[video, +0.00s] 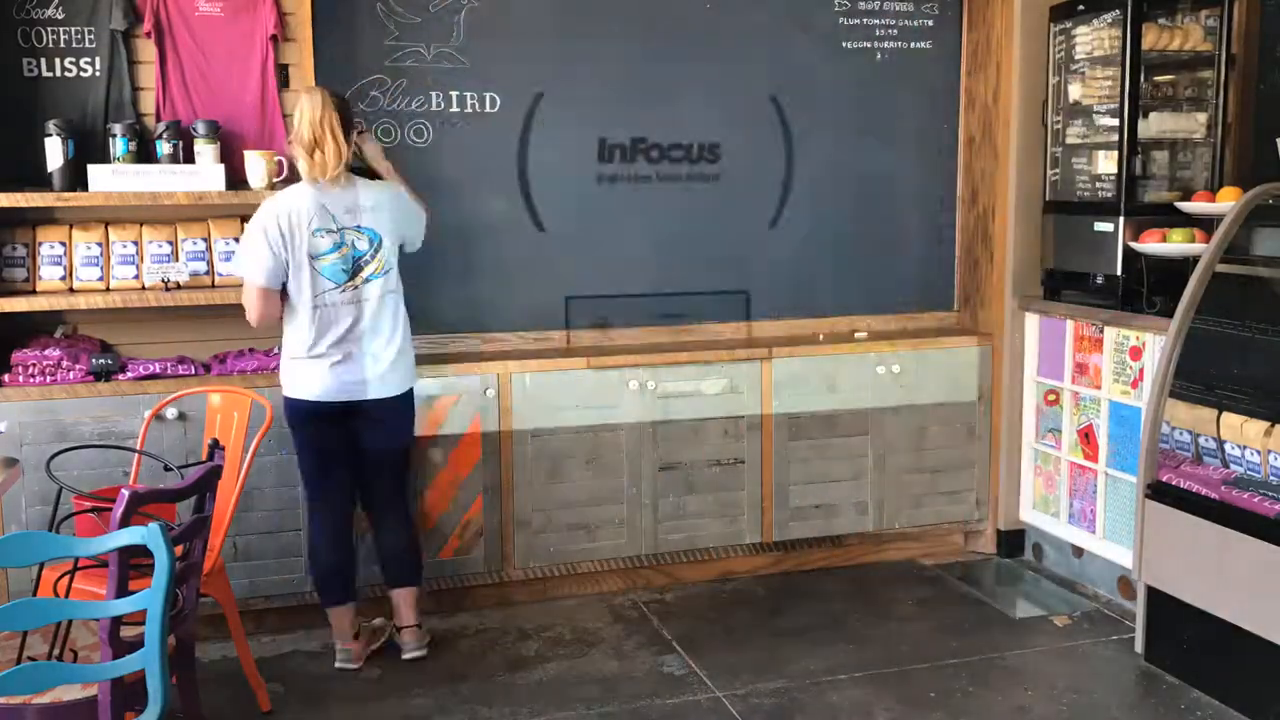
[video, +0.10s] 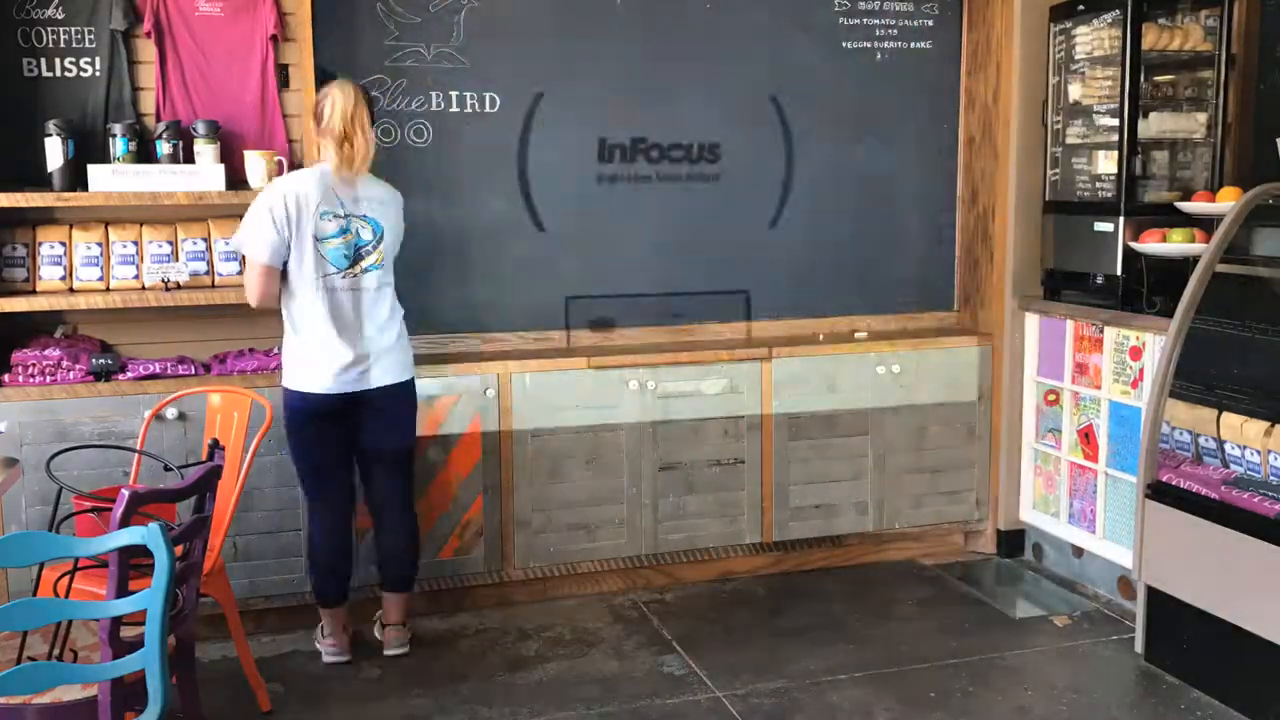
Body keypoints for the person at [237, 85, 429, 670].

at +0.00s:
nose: (291, 138)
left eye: (290, 129)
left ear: (293, 140)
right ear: (349, 136)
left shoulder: (276, 211)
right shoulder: (383, 198)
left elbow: (260, 311)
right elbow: (417, 221)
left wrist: (302, 294)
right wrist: (380, 162)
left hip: (311, 389)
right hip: (385, 385)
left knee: (326, 508)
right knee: (390, 500)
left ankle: (346, 643)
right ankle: (410, 629)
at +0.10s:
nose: (311, 129)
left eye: (311, 120)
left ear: (316, 125)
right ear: (367, 128)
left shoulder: (282, 196)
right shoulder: (389, 198)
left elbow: (260, 294)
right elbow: (381, 258)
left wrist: (305, 283)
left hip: (315, 386)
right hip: (389, 380)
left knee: (328, 508)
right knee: (393, 499)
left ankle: (335, 632)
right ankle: (395, 627)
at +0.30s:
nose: (434, 140)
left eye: (432, 131)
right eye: (430, 132)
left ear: (368, 138)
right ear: (418, 138)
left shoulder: (351, 201)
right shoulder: (451, 195)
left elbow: (351, 295)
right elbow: (472, 263)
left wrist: (318, 254)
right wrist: (464, 197)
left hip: (392, 380)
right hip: (463, 369)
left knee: (404, 500)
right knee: (472, 491)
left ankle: (406, 624)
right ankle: (478, 618)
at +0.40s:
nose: (469, 136)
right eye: (467, 128)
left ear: (410, 130)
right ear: (463, 131)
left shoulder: (388, 200)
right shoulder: (487, 194)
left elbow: (380, 295)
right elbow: (498, 249)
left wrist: (326, 258)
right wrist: (494, 183)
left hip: (425, 374)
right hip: (493, 368)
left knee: (436, 493)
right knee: (487, 489)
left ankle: (450, 616)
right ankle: (479, 615)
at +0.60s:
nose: (477, 140)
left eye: (472, 132)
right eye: (472, 134)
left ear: (417, 147)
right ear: (464, 141)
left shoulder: (413, 218)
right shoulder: (506, 192)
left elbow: (411, 318)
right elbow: (543, 224)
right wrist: (522, 166)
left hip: (465, 374)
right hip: (536, 365)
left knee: (464, 497)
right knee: (552, 483)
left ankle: (454, 618)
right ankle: (567, 607)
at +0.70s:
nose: (508, 136)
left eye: (501, 127)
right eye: (506, 128)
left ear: (448, 136)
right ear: (500, 134)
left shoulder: (425, 206)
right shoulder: (534, 200)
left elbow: (417, 303)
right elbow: (548, 270)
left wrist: (450, 353)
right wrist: (538, 200)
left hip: (467, 378)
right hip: (539, 371)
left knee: (465, 498)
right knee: (553, 485)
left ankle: (454, 618)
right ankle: (566, 607)